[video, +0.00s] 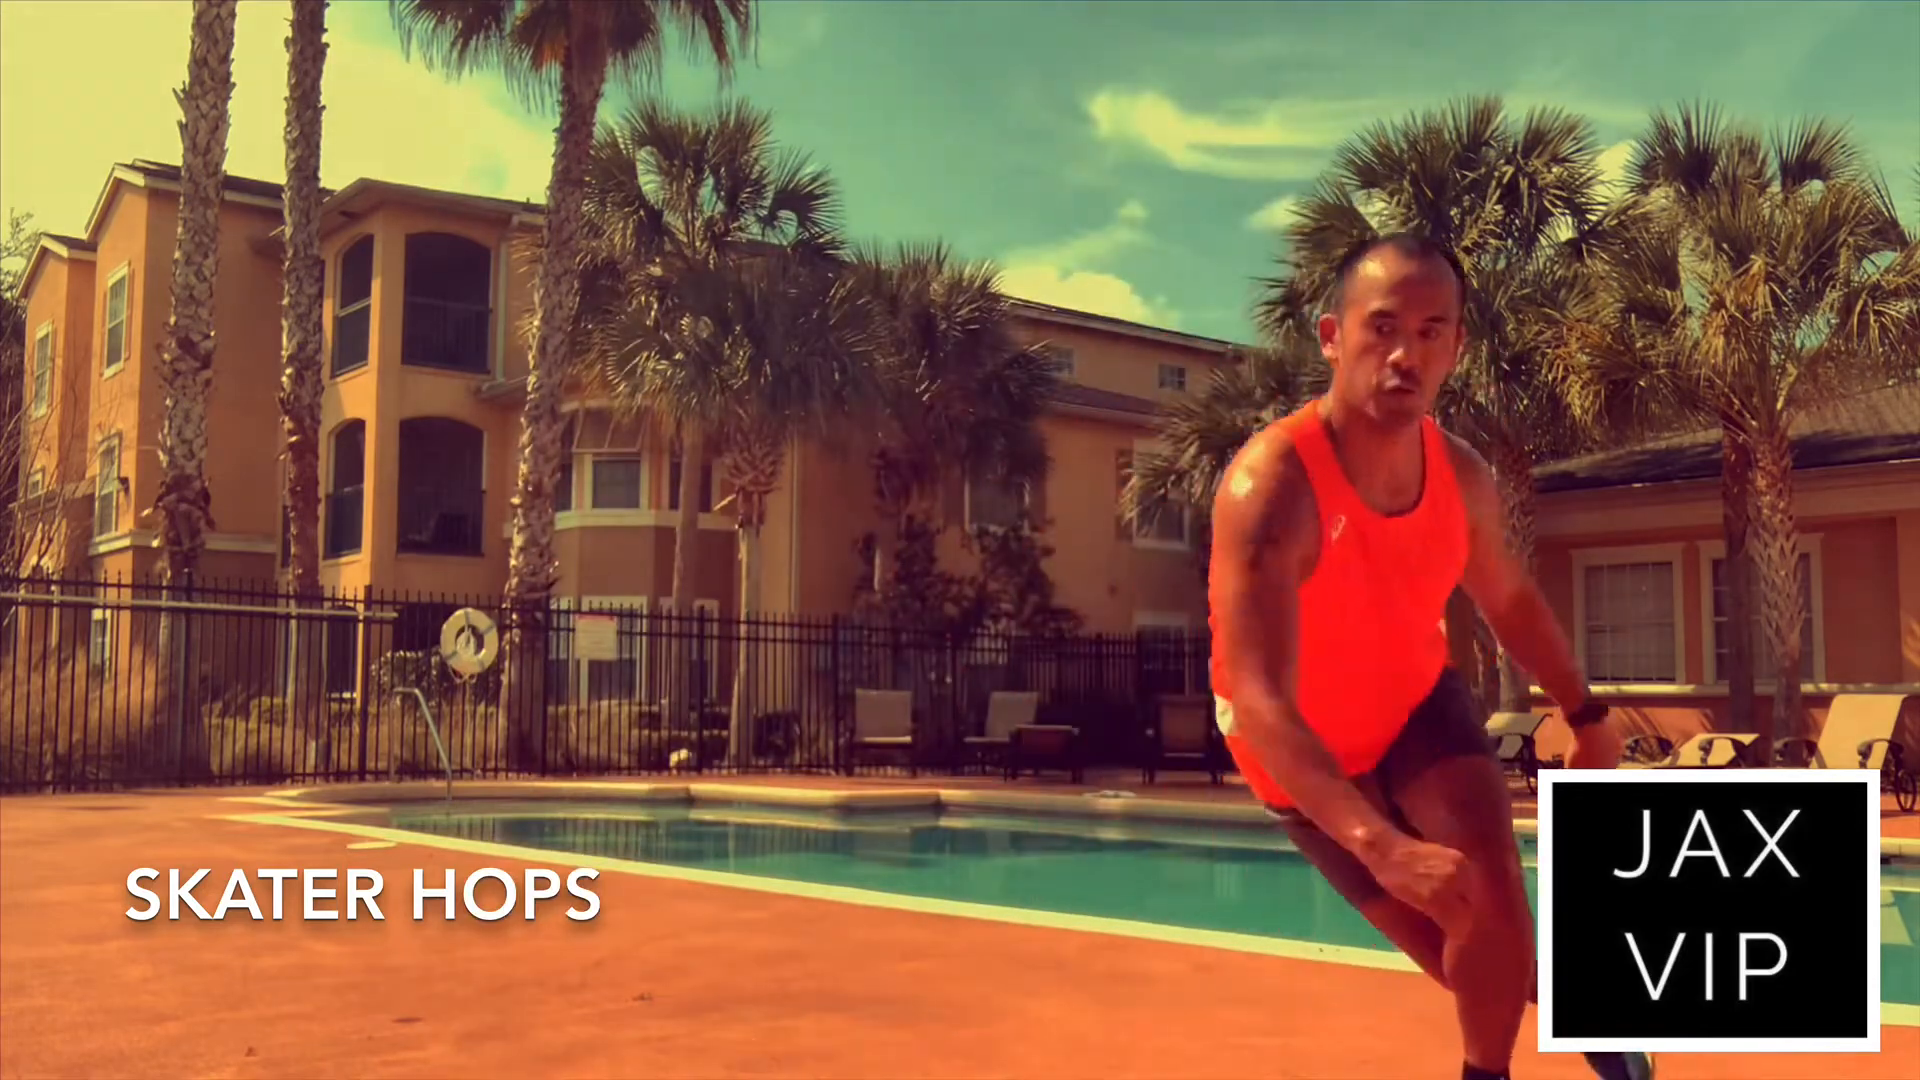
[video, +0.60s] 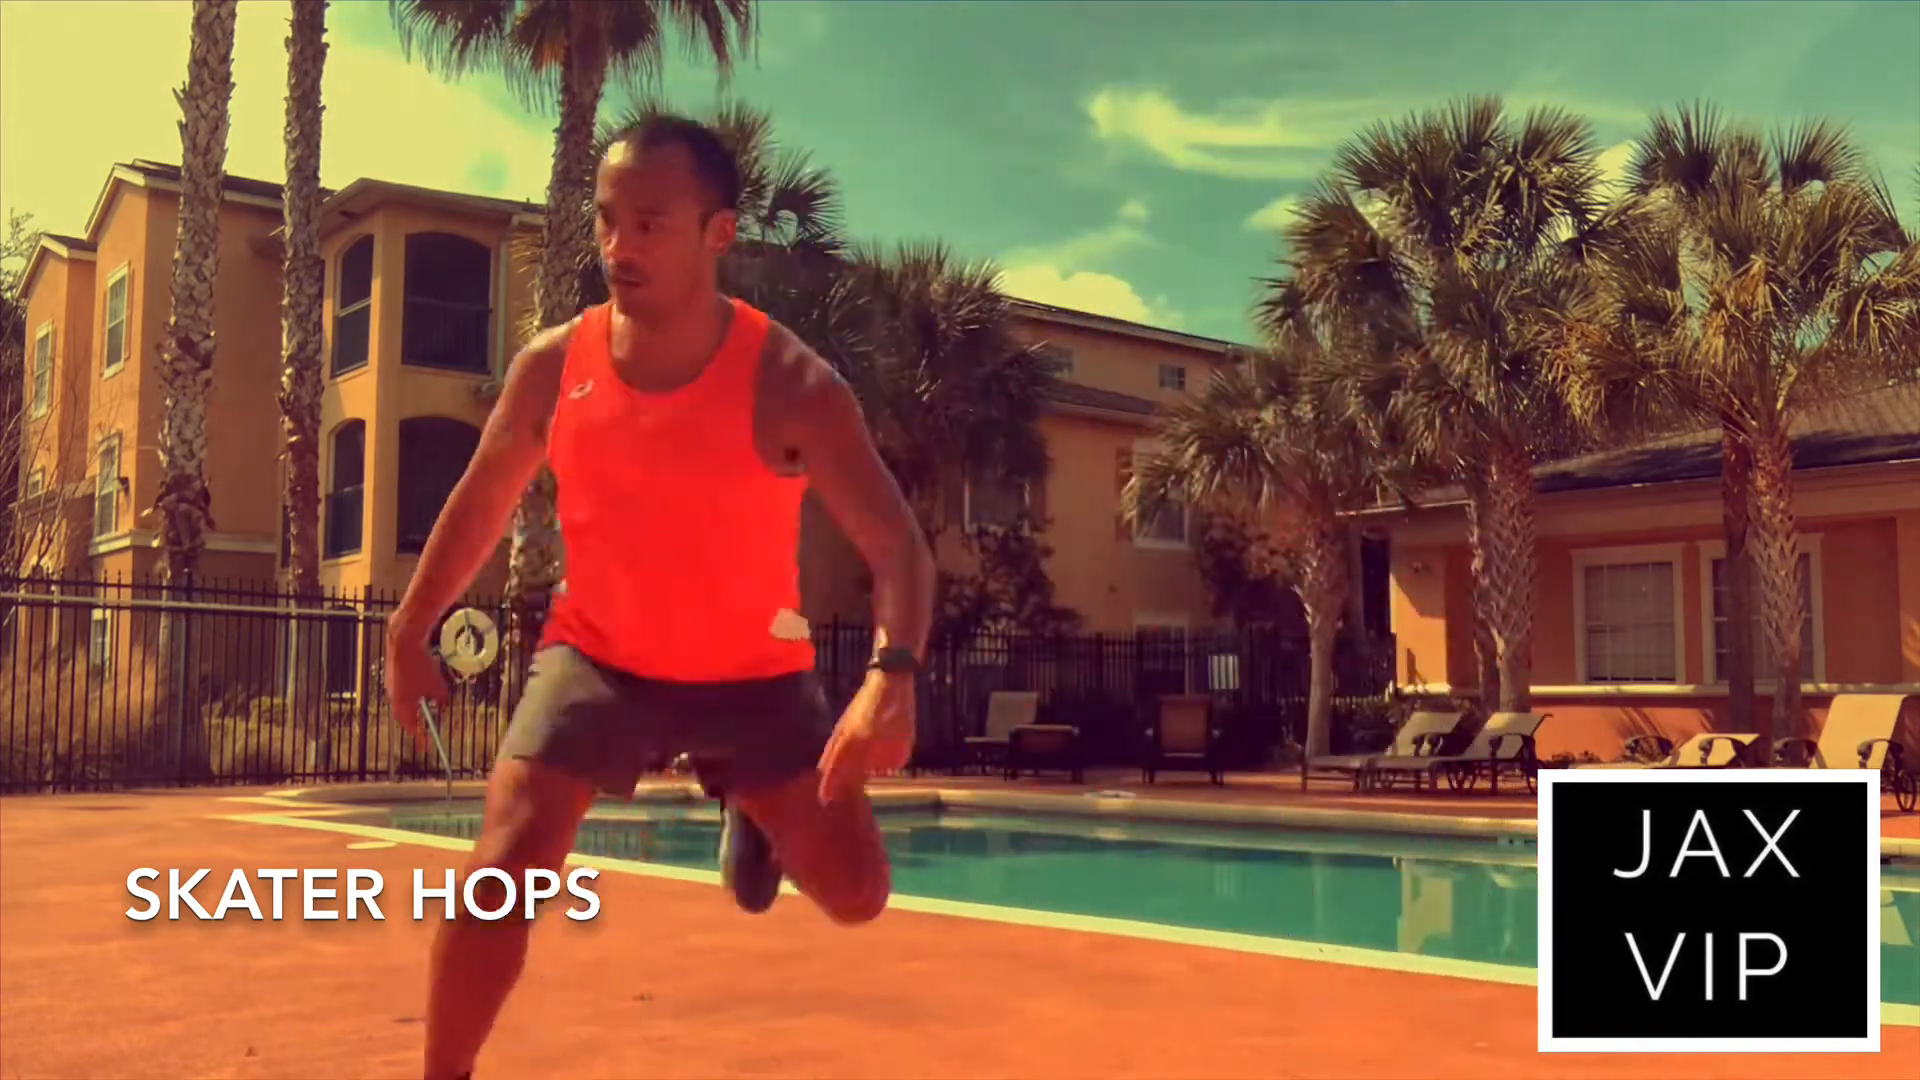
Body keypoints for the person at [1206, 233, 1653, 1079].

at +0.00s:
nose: (1406, 356)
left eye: (1430, 332)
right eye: (1381, 327)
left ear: (1457, 351)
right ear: (1331, 337)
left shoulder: (1461, 481)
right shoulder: (1268, 483)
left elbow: (1512, 603)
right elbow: (1255, 701)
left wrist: (1585, 712)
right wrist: (1378, 846)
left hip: (1415, 704)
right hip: (1300, 752)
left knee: (1491, 903)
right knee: (1452, 960)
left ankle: (1487, 1073)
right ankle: (1593, 1013)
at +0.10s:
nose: (1317, 287)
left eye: (1343, 265)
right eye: (1295, 264)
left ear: (1379, 287)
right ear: (1259, 284)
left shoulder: (1419, 438)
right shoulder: (1192, 429)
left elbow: (1493, 589)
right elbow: (1092, 606)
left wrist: (1567, 720)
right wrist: (1112, 758)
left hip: (1373, 676)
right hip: (1240, 720)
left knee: (1457, 866)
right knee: (1324, 970)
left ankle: (1483, 1071)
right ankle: (1380, 926)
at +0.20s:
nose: (1181, 236)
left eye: (1208, 213)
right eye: (1161, 214)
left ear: (1253, 230)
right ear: (1134, 231)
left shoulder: (1317, 354)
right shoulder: (1080, 362)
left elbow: (1448, 459)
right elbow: (901, 450)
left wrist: (1447, 551)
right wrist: (840, 592)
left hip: (1312, 655)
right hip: (1154, 663)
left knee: (1427, 863)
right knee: (1080, 867)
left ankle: (1483, 1069)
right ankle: (1135, 908)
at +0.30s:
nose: (1030, 174)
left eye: (1057, 152)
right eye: (1012, 149)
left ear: (1107, 155)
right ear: (988, 146)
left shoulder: (1174, 265)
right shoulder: (943, 268)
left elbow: (1312, 319)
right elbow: (775, 355)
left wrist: (1329, 431)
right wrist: (678, 494)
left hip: (1191, 603)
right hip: (1022, 595)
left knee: (1330, 813)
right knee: (856, 743)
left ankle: (1476, 1046)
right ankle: (857, 929)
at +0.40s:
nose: (875, 148)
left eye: (902, 124)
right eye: (861, 122)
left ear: (968, 122)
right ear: (845, 118)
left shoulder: (1041, 249)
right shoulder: (811, 249)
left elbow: (1194, 348)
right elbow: (680, 368)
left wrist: (1243, 459)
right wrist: (590, 510)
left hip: (1039, 572)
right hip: (868, 574)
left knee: (1189, 766)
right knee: (718, 763)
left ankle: (1319, 949)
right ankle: (601, 983)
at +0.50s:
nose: (739, 182)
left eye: (767, 156)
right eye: (726, 156)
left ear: (834, 159)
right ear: (710, 155)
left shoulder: (908, 296)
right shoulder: (669, 294)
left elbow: (1036, 432)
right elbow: (576, 434)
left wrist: (1091, 558)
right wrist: (504, 572)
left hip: (885, 599)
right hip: (726, 606)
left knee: (1042, 808)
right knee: (613, 834)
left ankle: (1040, 844)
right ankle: (480, 1063)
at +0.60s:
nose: (619, 247)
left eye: (650, 223)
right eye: (609, 220)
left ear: (720, 231)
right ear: (595, 224)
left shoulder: (791, 386)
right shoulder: (554, 368)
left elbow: (896, 548)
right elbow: (483, 498)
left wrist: (894, 677)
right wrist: (409, 626)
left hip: (758, 676)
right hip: (595, 664)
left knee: (858, 898)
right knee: (501, 873)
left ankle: (764, 809)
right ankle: (444, 1073)